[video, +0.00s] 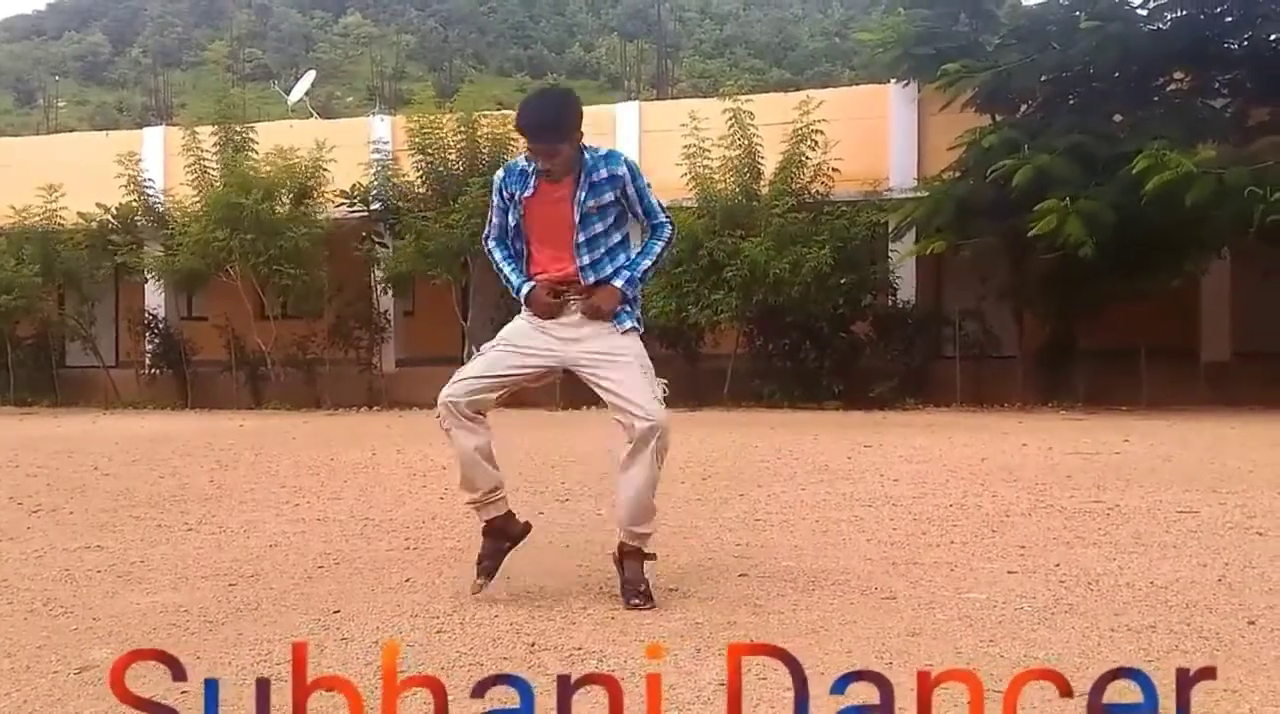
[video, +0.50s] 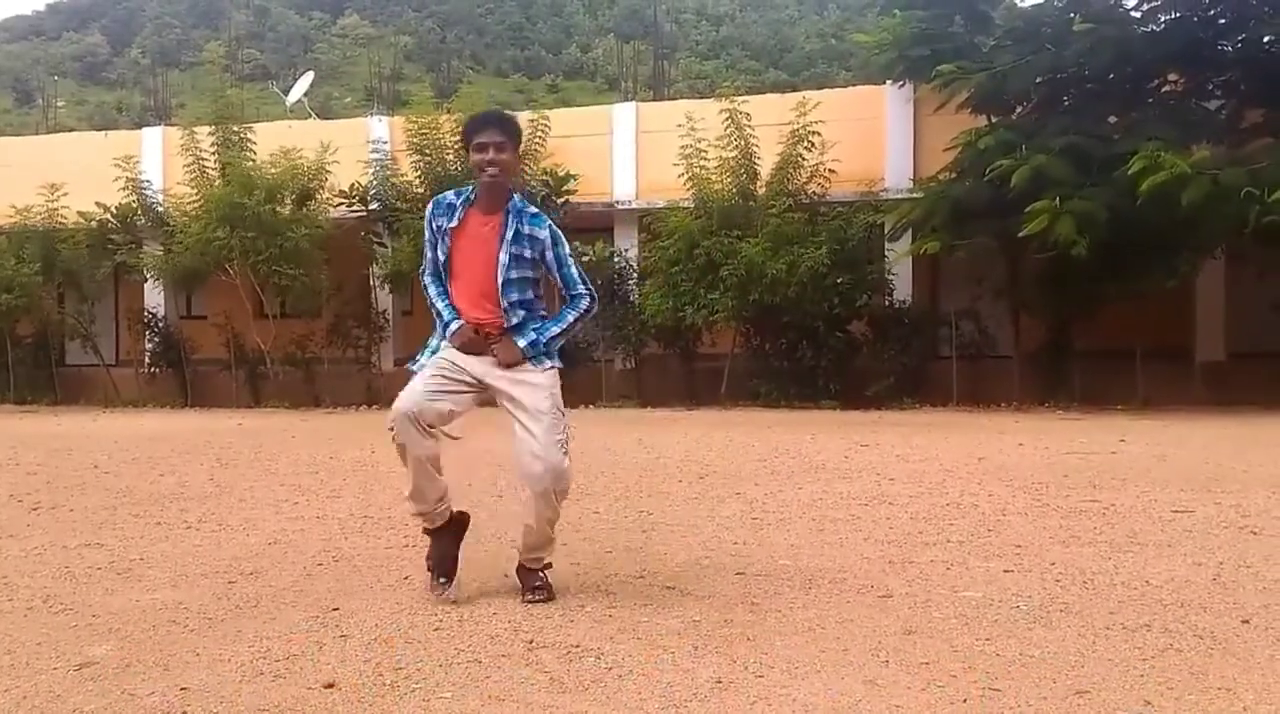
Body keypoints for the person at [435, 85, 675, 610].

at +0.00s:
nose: (543, 161)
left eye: (552, 151)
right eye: (535, 151)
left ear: (577, 137)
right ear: (523, 141)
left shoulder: (615, 171)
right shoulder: (511, 180)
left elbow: (661, 228)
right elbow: (496, 241)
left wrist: (620, 286)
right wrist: (525, 287)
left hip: (605, 324)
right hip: (537, 322)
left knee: (650, 421)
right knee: (456, 400)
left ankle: (632, 554)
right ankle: (499, 520)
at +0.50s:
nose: (490, 158)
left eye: (500, 149)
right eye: (480, 150)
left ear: (517, 156)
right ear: (468, 157)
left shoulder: (537, 226)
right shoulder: (443, 210)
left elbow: (582, 298)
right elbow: (431, 276)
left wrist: (527, 342)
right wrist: (451, 322)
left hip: (527, 361)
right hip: (458, 352)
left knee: (548, 468)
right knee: (407, 415)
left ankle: (533, 565)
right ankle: (441, 524)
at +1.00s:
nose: (412, 148)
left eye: (420, 139)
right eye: (400, 139)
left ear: (430, 147)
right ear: (378, 147)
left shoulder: (453, 210)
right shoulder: (355, 211)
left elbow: (488, 280)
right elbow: (331, 281)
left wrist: (464, 339)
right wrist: (337, 335)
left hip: (437, 363)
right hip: (369, 362)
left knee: (445, 468)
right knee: (347, 471)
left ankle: (444, 560)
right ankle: (366, 558)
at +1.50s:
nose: (420, 145)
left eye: (432, 136)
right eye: (413, 135)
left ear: (453, 142)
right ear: (403, 136)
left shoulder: (464, 190)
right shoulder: (383, 171)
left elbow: (513, 223)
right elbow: (337, 217)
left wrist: (495, 163)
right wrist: (372, 243)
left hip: (434, 333)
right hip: (366, 332)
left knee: (471, 412)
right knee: (328, 431)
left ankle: (462, 527)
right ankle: (347, 545)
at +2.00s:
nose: (509, 160)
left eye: (520, 150)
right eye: (500, 151)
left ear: (543, 155)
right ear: (492, 157)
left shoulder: (556, 227)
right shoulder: (468, 197)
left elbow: (622, 242)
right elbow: (412, 243)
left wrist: (647, 169)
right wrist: (355, 292)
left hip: (478, 362)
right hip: (424, 338)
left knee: (483, 463)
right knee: (370, 454)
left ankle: (495, 560)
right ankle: (321, 413)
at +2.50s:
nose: (489, 154)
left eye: (498, 146)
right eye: (480, 142)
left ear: (506, 150)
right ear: (458, 140)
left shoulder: (499, 200)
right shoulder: (417, 192)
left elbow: (486, 264)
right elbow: (394, 274)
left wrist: (478, 309)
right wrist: (452, 313)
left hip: (466, 345)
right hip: (410, 342)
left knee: (492, 443)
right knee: (398, 460)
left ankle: (489, 555)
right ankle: (365, 554)